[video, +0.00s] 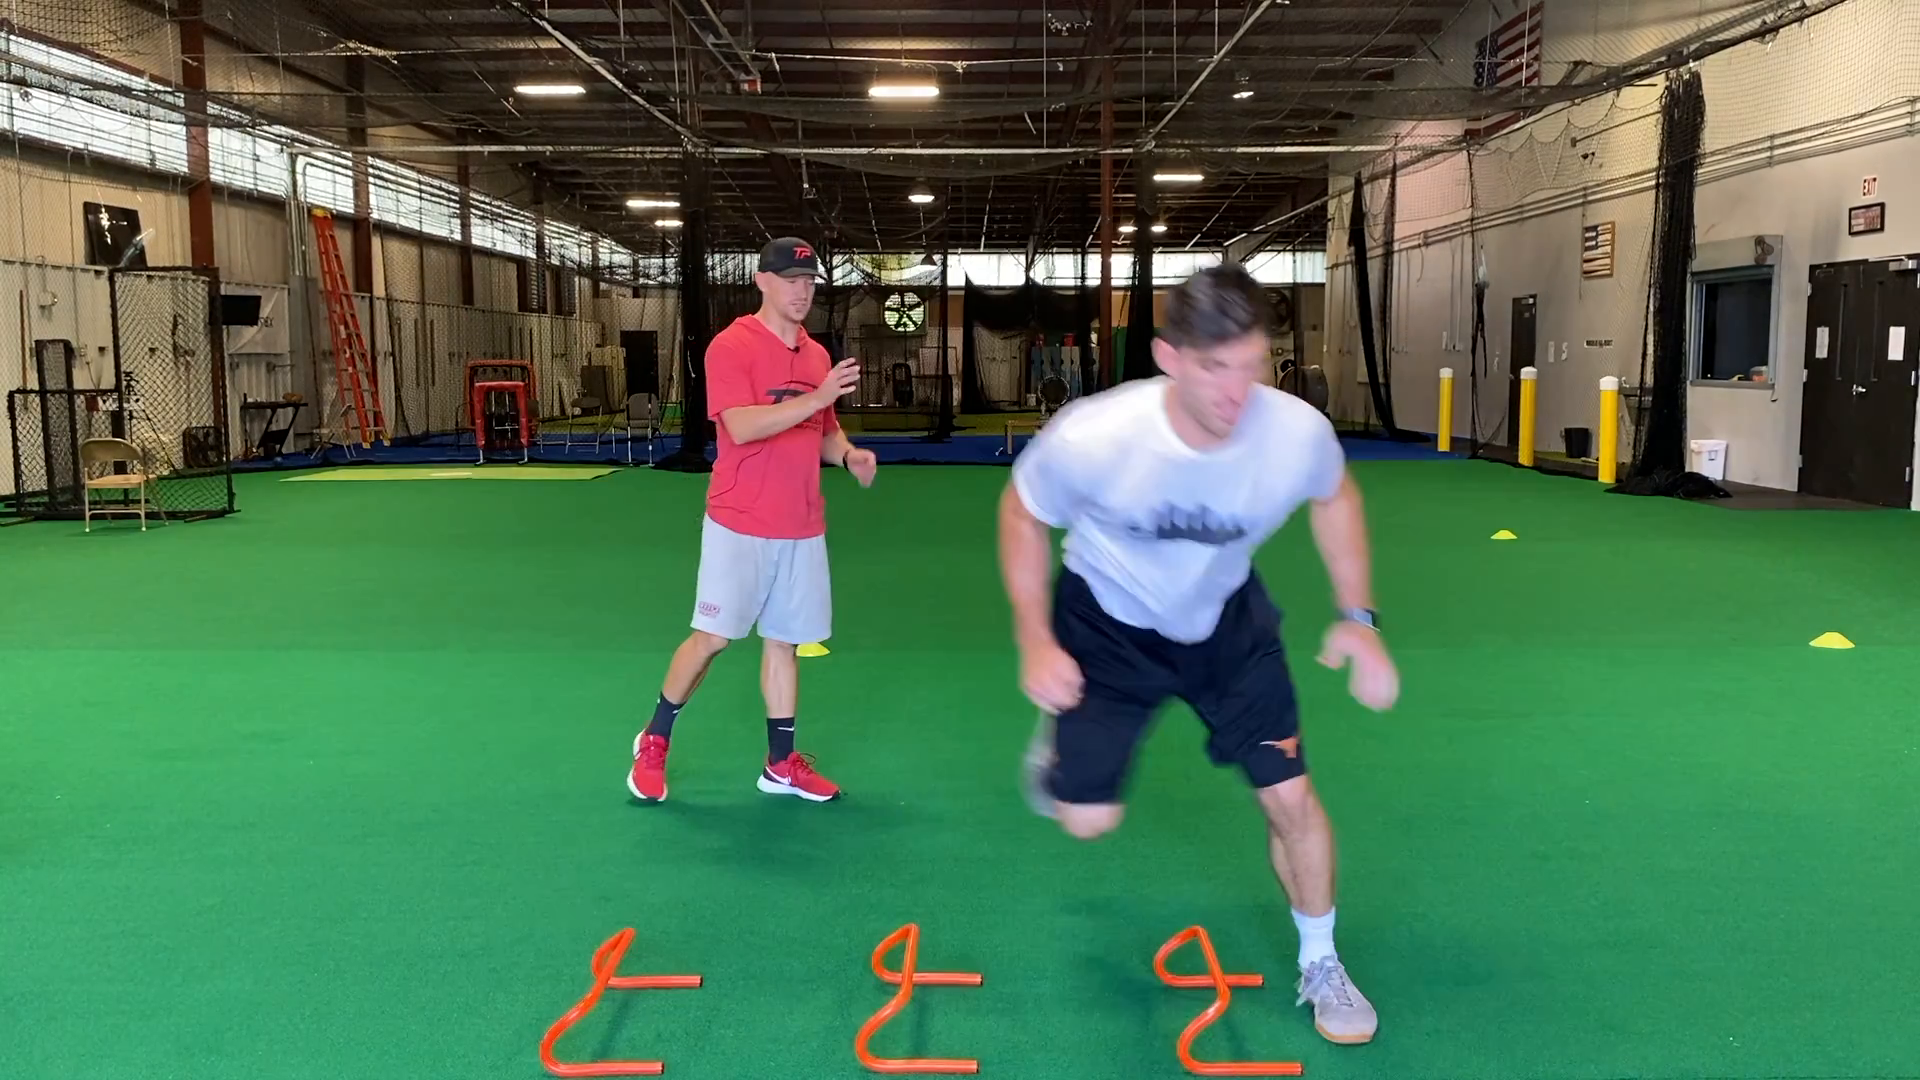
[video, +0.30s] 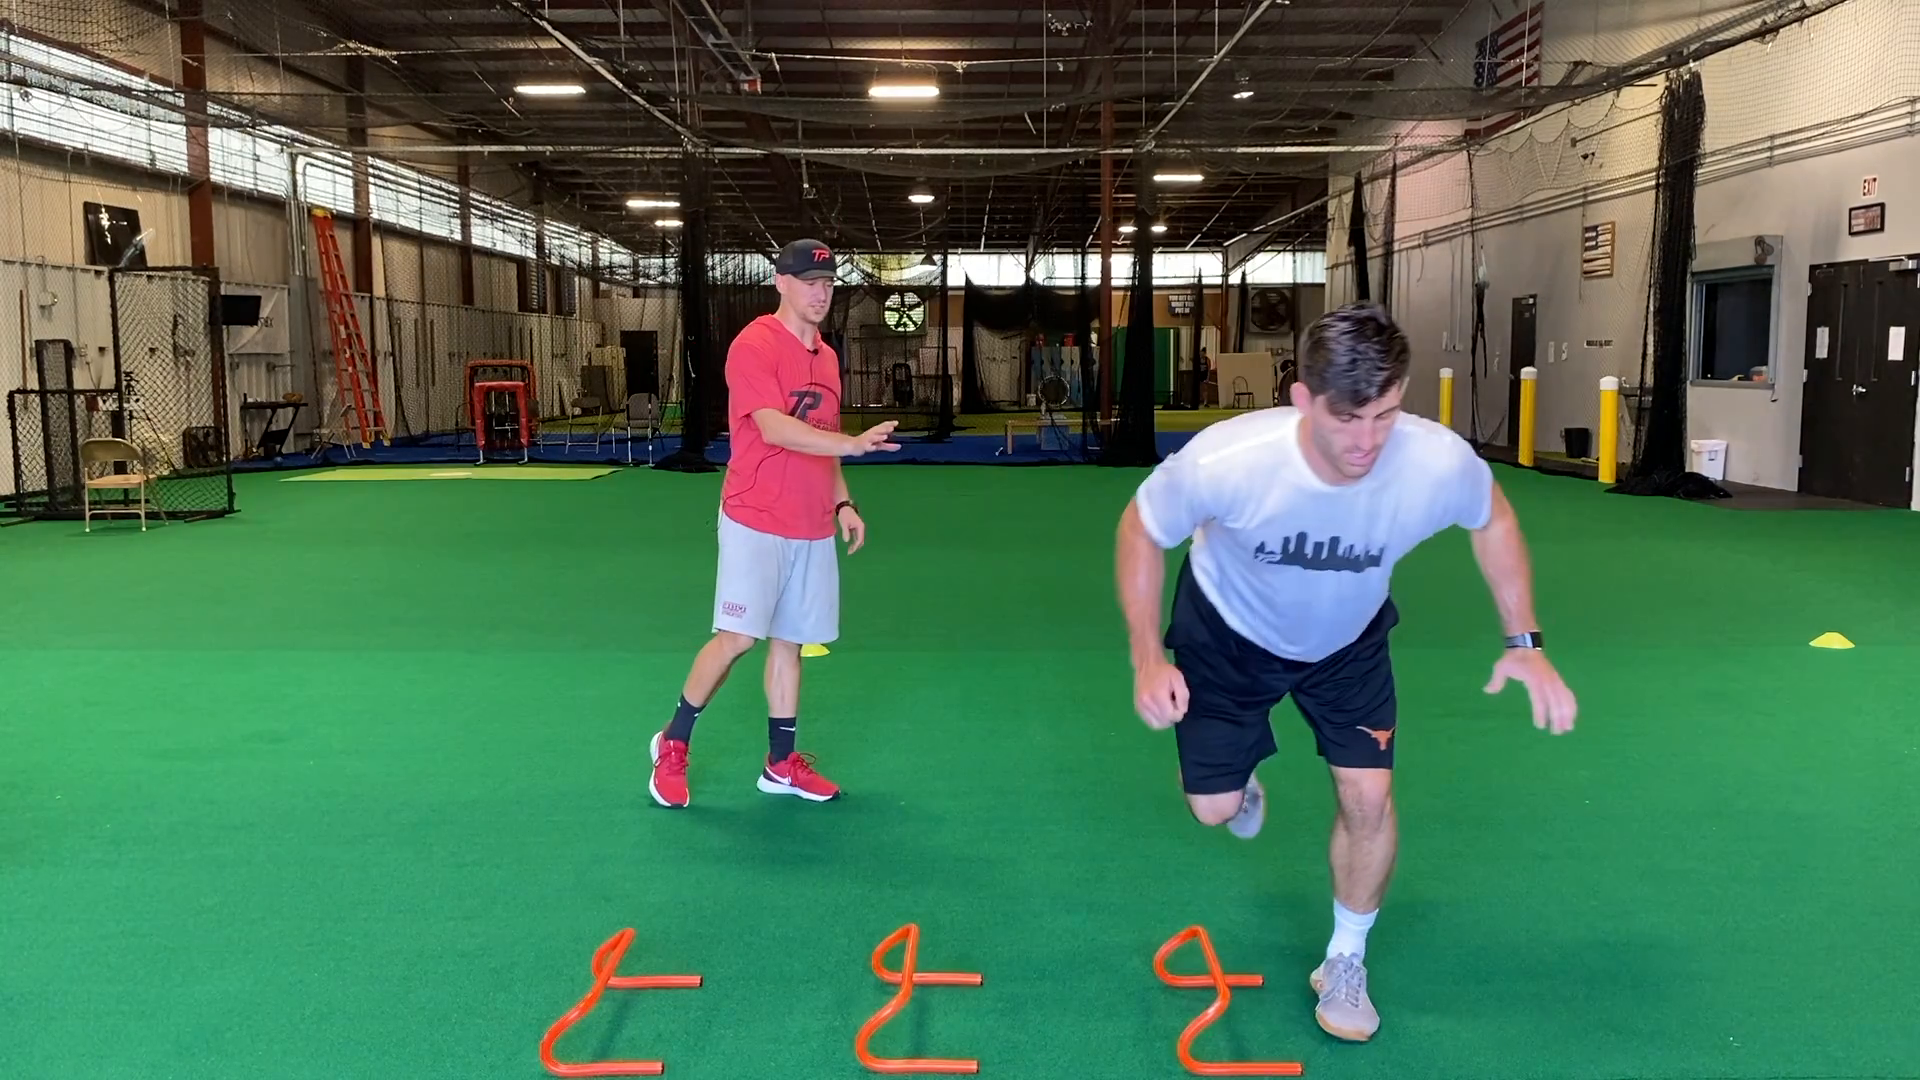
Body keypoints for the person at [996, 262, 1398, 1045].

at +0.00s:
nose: (1237, 389)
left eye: (1251, 368)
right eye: (1216, 368)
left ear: (1266, 359)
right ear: (1168, 358)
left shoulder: (1298, 433)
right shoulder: (1092, 435)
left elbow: (1335, 498)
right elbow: (1022, 509)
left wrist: (1356, 614)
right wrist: (1035, 639)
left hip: (1228, 616)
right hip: (1110, 617)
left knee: (1289, 795)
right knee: (1087, 816)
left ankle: (1321, 965)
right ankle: (1059, 742)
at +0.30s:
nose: (1367, 438)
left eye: (1384, 416)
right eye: (1349, 418)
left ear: (1401, 399)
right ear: (1302, 397)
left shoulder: (1438, 462)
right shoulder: (1225, 460)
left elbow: (1493, 518)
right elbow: (1140, 526)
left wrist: (1522, 639)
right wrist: (1146, 654)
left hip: (1350, 636)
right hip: (1227, 630)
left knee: (1367, 795)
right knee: (1212, 805)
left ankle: (1346, 961)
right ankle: (1237, 787)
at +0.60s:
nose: (1455, 401)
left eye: (1471, 380)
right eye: (1436, 380)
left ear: (1489, 364)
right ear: (1389, 359)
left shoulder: (1509, 453)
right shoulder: (1304, 399)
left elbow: (1540, 536)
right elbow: (1207, 436)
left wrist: (1568, 650)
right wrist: (1162, 561)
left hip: (1364, 610)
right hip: (1238, 562)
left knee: (1379, 776)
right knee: (1121, 705)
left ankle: (1344, 960)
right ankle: (1181, 691)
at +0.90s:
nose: (1485, 395)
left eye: (1505, 374)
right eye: (1467, 372)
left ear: (1519, 359)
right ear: (1422, 347)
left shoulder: (1530, 448)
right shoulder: (1333, 386)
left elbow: (1546, 535)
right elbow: (1226, 423)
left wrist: (1555, 657)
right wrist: (1180, 548)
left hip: (1369, 600)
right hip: (1250, 542)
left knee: (1377, 770)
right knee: (1124, 684)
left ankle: (1338, 961)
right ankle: (1137, 701)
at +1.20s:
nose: (1464, 389)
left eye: (1482, 369)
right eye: (1445, 367)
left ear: (1501, 353)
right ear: (1401, 345)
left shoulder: (1516, 437)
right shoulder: (1314, 392)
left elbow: (1532, 522)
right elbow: (1207, 438)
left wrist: (1539, 643)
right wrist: (1179, 568)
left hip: (1370, 603)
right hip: (1246, 559)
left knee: (1375, 770)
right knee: (1148, 715)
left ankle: (1337, 959)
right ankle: (1173, 719)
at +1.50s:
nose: (1400, 376)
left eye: (1421, 356)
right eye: (1383, 354)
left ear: (1442, 338)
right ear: (1344, 328)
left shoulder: (1471, 397)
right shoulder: (1262, 393)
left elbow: (1489, 456)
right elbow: (1167, 467)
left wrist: (1478, 535)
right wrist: (1218, 586)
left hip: (1345, 594)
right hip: (1223, 570)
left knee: (1341, 764)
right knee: (1179, 743)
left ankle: (1330, 957)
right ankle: (1208, 733)